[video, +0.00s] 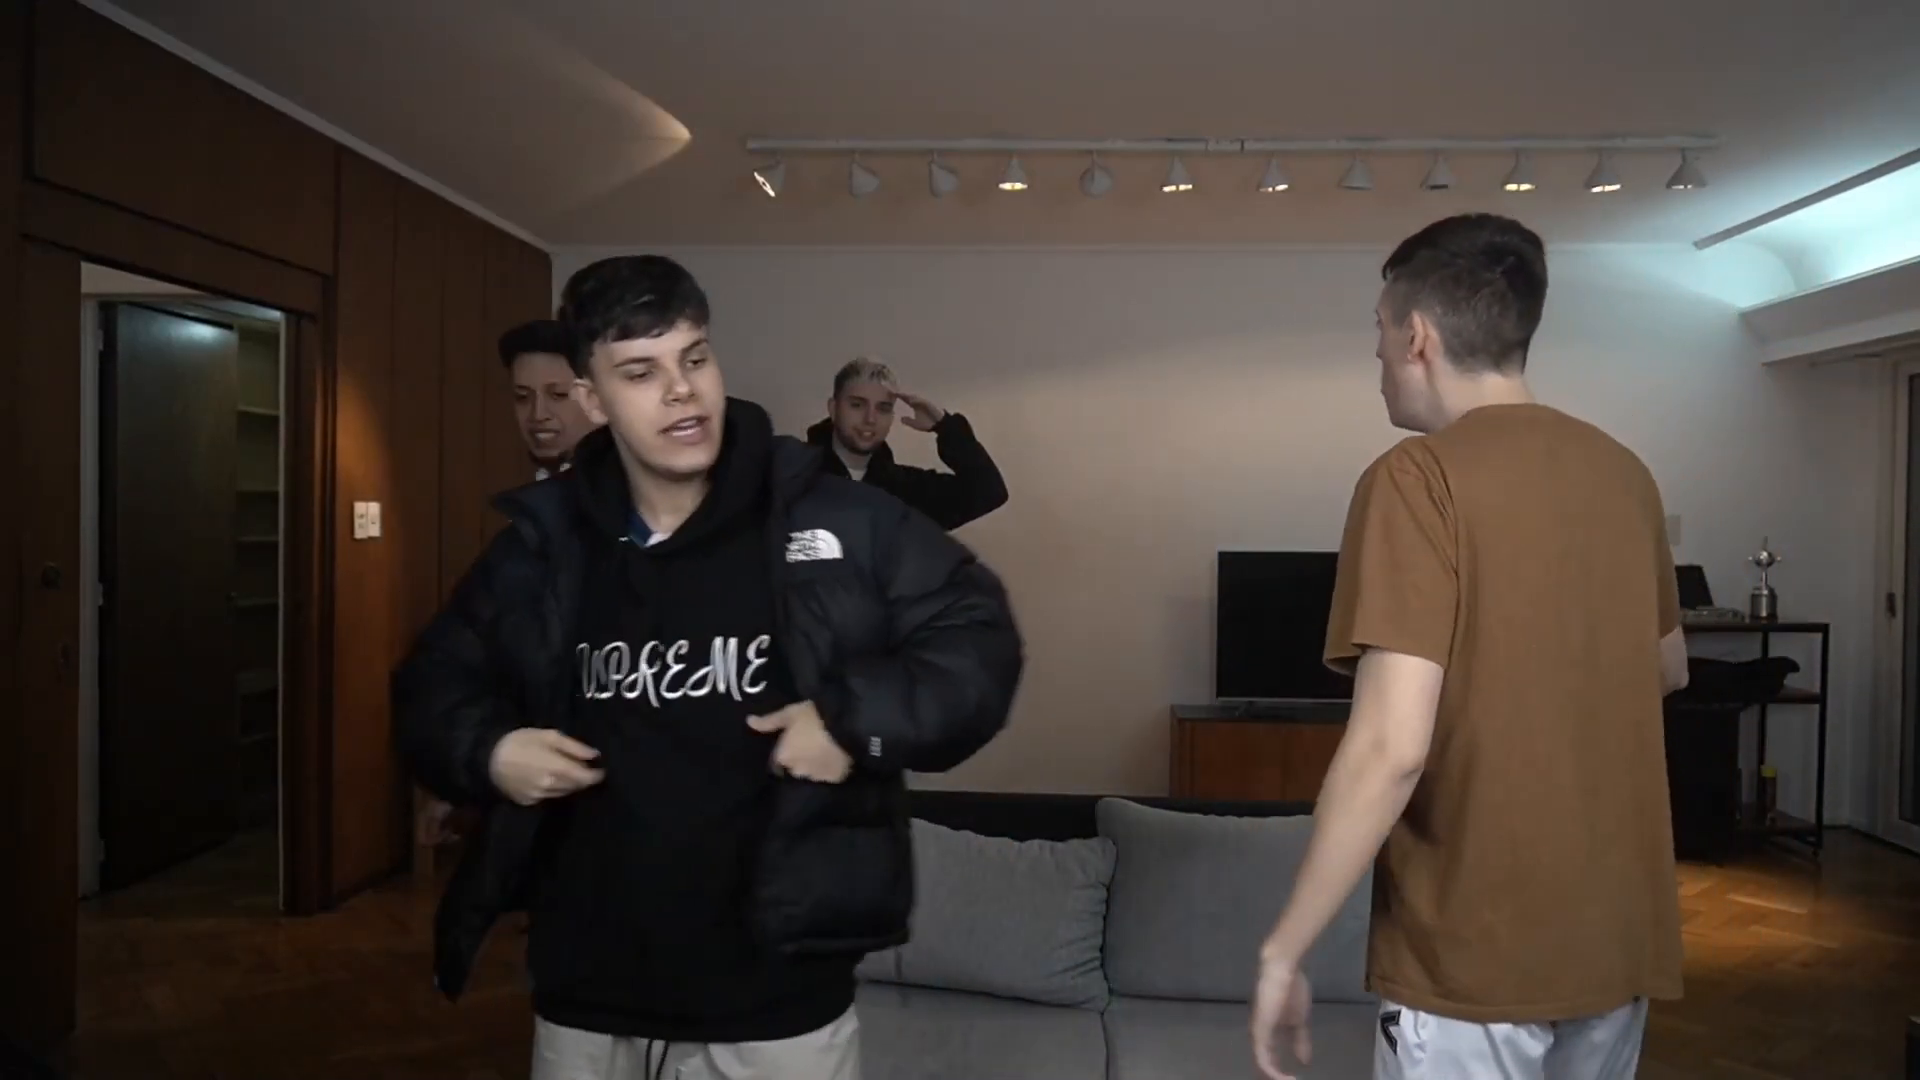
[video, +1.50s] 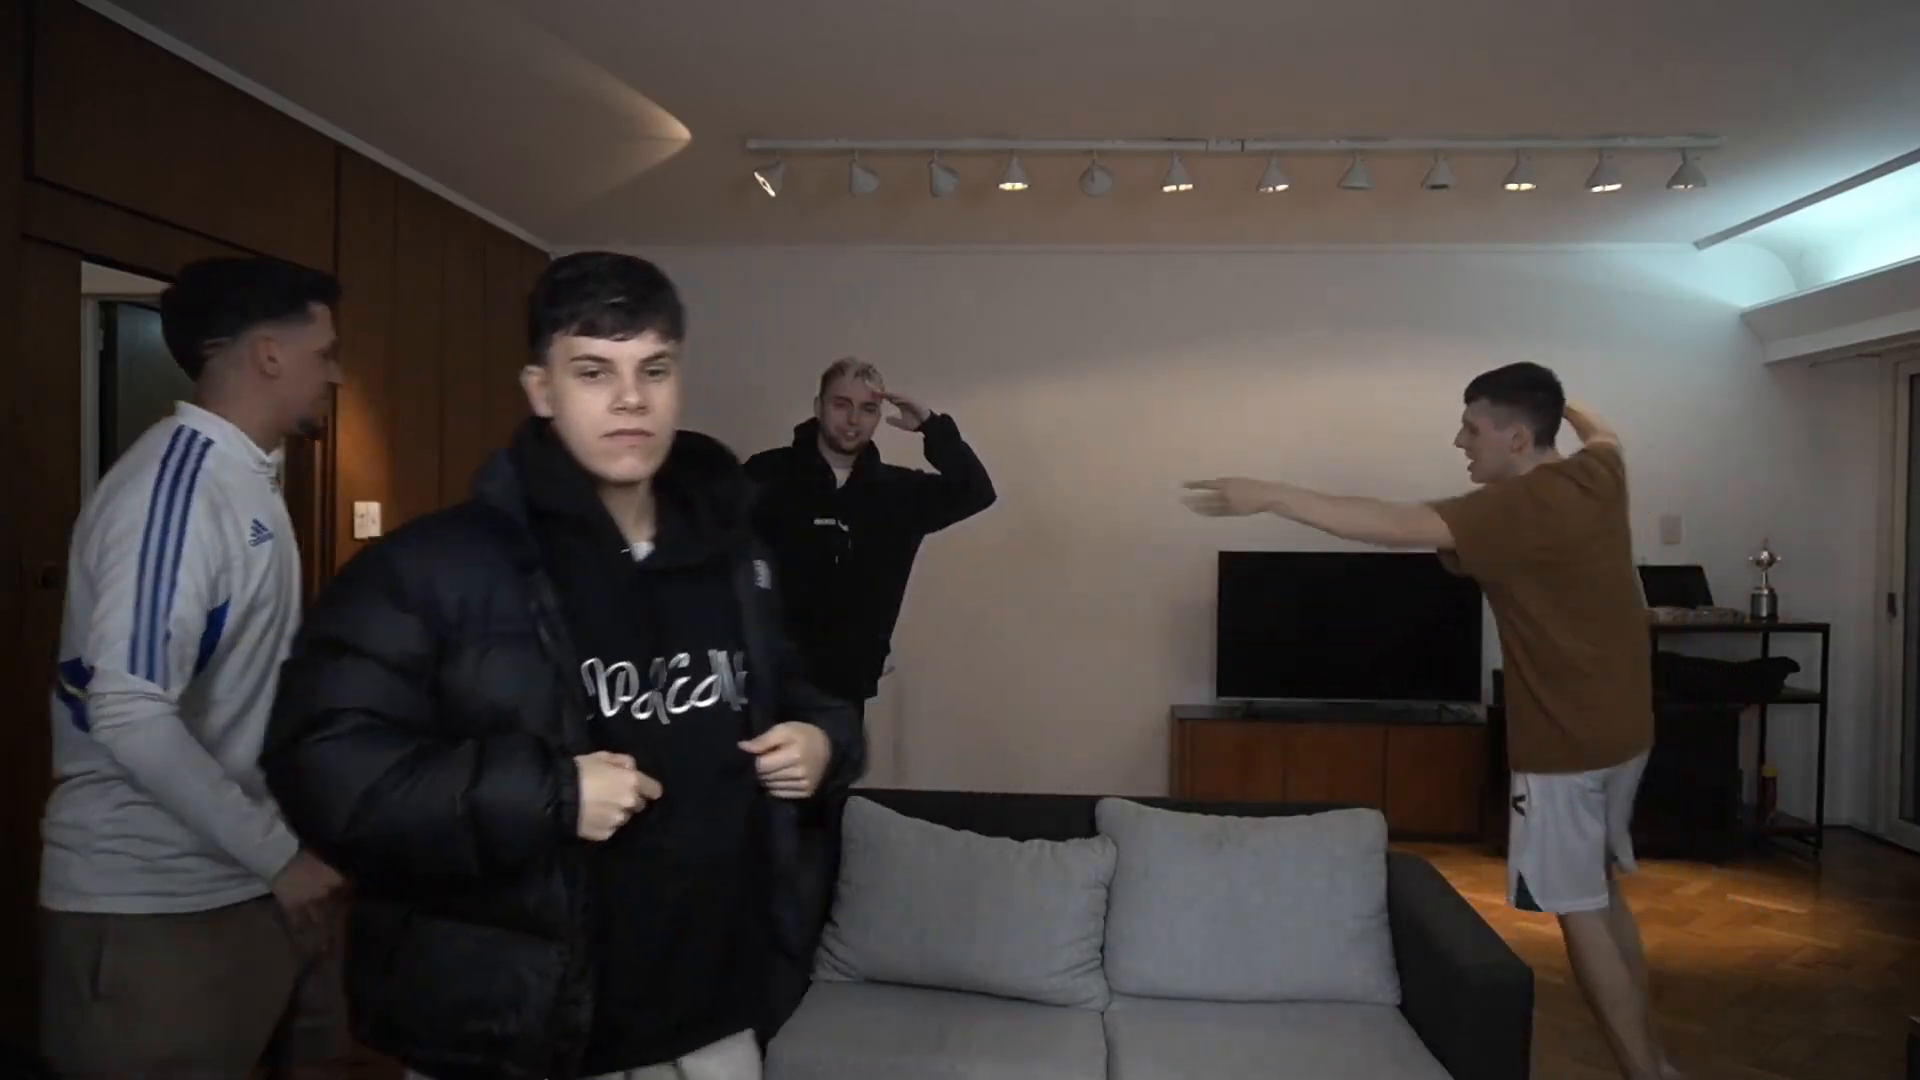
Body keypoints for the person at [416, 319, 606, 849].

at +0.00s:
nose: (539, 415)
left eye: (557, 395)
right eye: (525, 398)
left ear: (596, 400)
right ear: (511, 405)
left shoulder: (637, 504)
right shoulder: (529, 517)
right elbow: (479, 645)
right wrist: (454, 778)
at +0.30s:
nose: (520, 406)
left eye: (538, 389)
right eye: (502, 389)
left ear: (566, 397)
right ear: (477, 400)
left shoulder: (610, 506)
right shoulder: (458, 522)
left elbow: (639, 652)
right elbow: (448, 664)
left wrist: (630, 787)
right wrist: (422, 798)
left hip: (565, 812)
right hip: (490, 812)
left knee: (488, 1025)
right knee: (584, 1015)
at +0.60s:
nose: (533, 398)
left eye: (546, 384)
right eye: (516, 376)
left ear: (553, 394)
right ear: (460, 373)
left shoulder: (574, 509)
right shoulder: (387, 495)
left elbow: (598, 663)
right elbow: (353, 642)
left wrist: (589, 809)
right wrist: (333, 787)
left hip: (506, 828)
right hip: (398, 819)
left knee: (457, 1046)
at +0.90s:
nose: (535, 404)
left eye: (539, 384)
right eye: (521, 379)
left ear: (471, 377)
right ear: (455, 372)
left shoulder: (539, 518)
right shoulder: (323, 490)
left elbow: (544, 663)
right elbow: (256, 649)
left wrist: (538, 784)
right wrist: (227, 809)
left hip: (475, 862)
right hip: (325, 855)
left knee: (465, 1059)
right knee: (303, 1065)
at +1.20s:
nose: (460, 395)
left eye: (459, 374)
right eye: (451, 370)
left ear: (402, 371)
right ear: (398, 367)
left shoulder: (425, 506)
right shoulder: (271, 490)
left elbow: (446, 659)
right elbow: (196, 687)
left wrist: (530, 777)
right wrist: (242, 869)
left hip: (415, 872)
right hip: (288, 890)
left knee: (427, 1059)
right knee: (258, 1069)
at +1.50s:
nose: (337, 378)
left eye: (335, 356)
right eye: (326, 354)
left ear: (264, 357)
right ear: (265, 354)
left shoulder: (243, 478)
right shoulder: (176, 481)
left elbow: (236, 697)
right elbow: (128, 707)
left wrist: (292, 845)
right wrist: (280, 856)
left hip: (229, 903)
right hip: (151, 918)